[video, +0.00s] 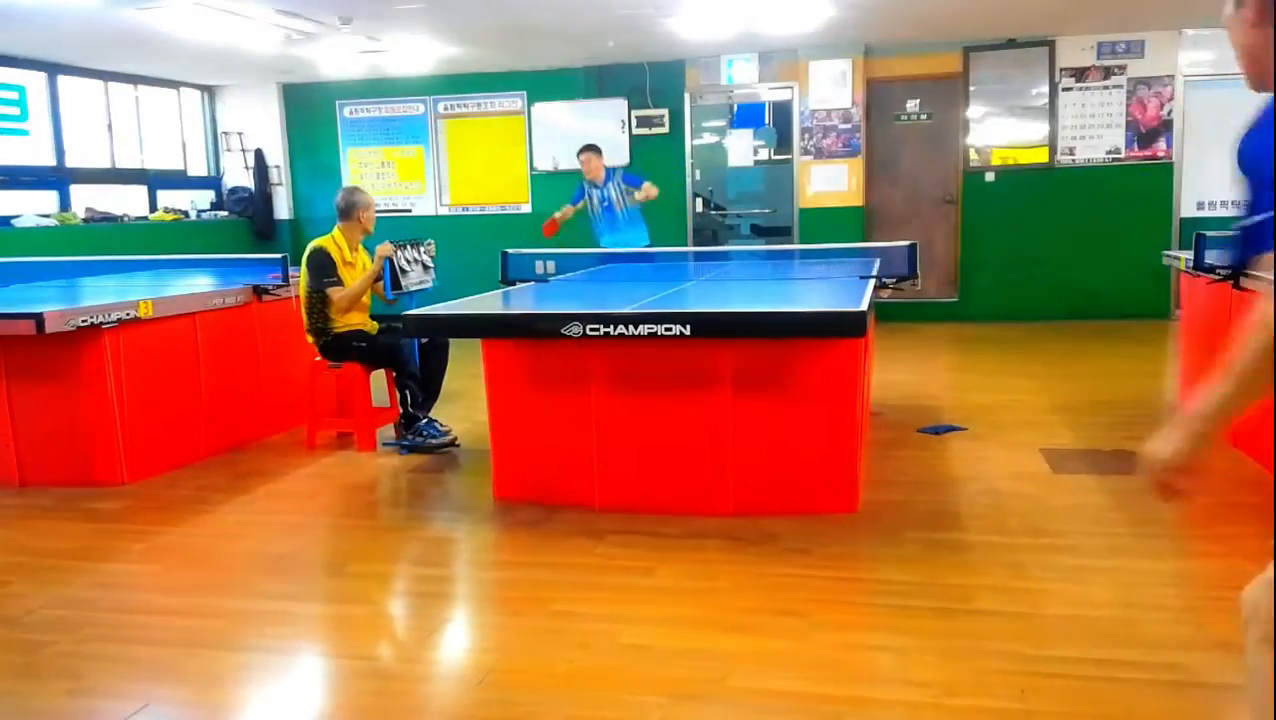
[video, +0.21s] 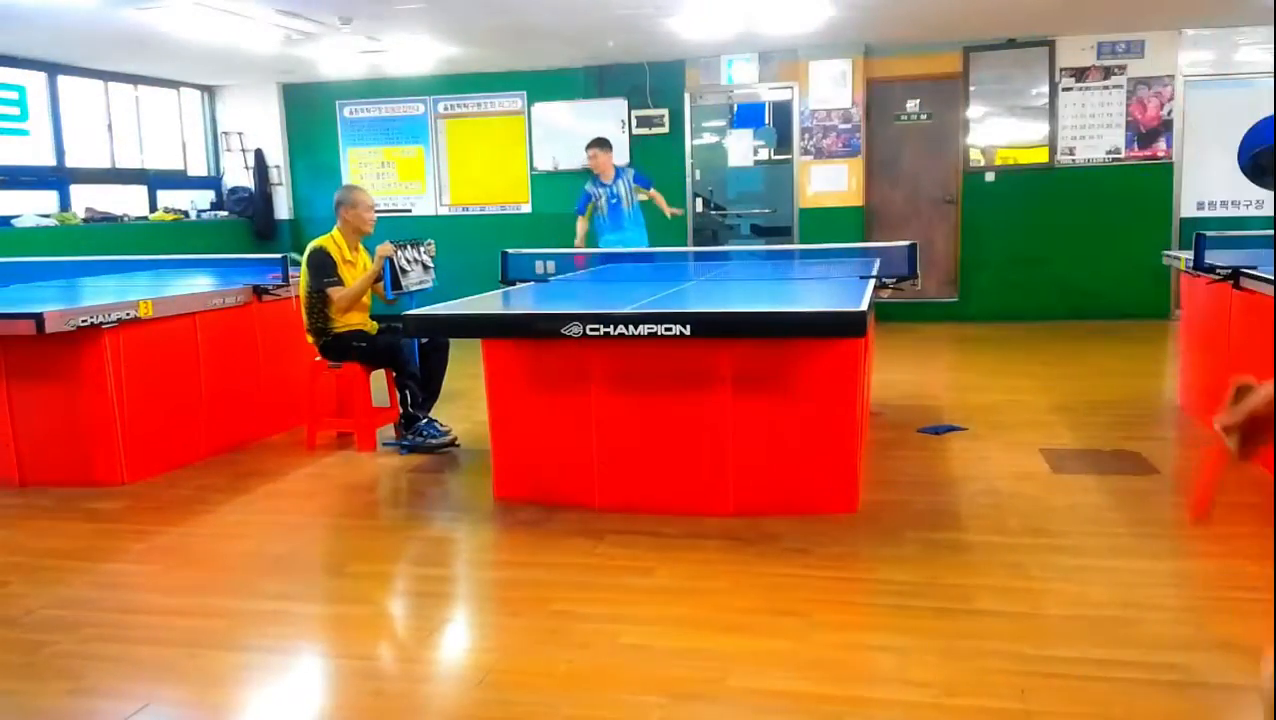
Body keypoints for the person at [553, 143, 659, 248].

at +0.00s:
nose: (585, 168)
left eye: (589, 162)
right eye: (582, 164)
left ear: (601, 161)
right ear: (580, 166)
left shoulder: (621, 177)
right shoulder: (585, 187)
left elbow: (652, 190)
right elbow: (573, 206)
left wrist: (644, 194)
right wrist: (560, 217)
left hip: (637, 247)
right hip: (609, 250)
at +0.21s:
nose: (590, 163)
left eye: (594, 157)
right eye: (589, 158)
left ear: (609, 156)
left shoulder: (629, 175)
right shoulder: (591, 187)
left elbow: (653, 193)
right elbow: (582, 217)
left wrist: (666, 209)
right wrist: (580, 240)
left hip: (637, 245)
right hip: (609, 248)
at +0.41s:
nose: (612, 161)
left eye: (616, 155)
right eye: (611, 156)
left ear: (630, 154)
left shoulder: (651, 177)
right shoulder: (610, 184)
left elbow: (665, 201)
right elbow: (605, 215)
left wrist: (669, 225)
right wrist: (603, 242)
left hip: (651, 246)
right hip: (622, 248)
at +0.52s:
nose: (622, 158)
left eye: (626, 153)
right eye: (621, 154)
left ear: (640, 151)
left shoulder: (660, 176)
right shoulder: (619, 183)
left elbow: (676, 203)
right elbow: (616, 214)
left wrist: (674, 227)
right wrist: (608, 242)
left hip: (659, 246)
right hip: (630, 247)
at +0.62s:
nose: (627, 154)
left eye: (631, 148)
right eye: (626, 149)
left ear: (645, 148)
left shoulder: (665, 173)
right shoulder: (625, 177)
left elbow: (681, 200)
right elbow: (620, 210)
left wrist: (675, 225)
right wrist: (610, 241)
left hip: (663, 244)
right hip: (634, 244)